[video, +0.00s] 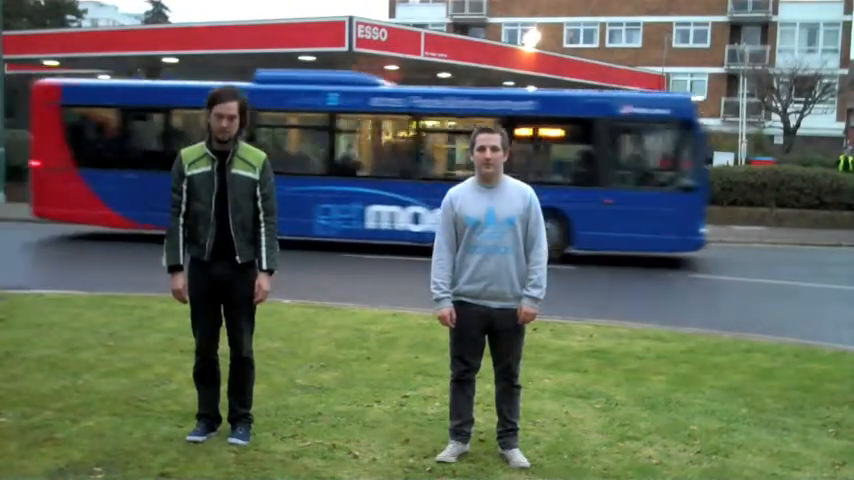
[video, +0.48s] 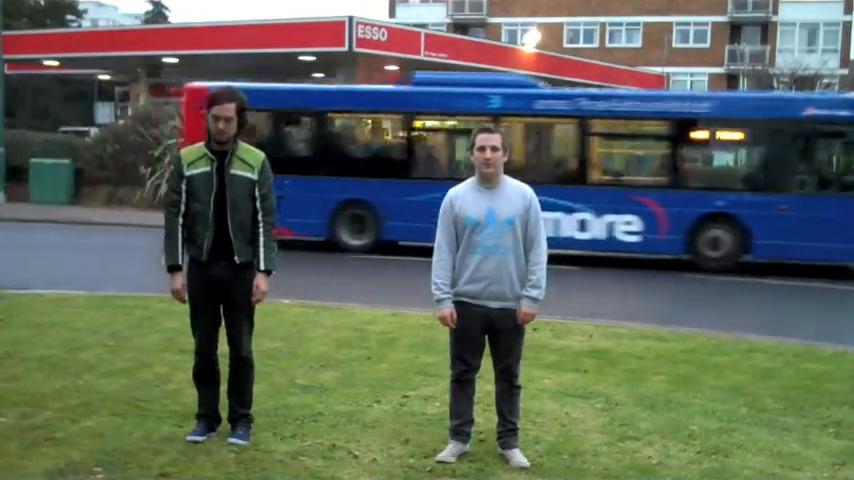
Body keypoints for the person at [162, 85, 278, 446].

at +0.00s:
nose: (225, 124)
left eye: (232, 118)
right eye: (219, 117)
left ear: (241, 120)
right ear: (208, 118)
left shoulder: (257, 162)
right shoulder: (187, 159)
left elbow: (267, 218)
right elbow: (176, 216)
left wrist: (266, 270)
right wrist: (176, 269)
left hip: (242, 270)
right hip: (201, 269)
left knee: (241, 350)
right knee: (204, 349)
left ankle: (241, 421)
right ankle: (206, 419)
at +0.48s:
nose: (222, 126)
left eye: (229, 120)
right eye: (217, 119)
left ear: (240, 122)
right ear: (207, 119)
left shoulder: (256, 162)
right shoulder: (186, 160)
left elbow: (266, 219)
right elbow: (173, 216)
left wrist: (264, 270)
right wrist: (175, 269)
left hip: (241, 270)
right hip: (200, 269)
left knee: (241, 350)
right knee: (204, 349)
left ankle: (241, 421)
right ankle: (206, 419)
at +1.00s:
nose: (220, 126)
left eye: (227, 121)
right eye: (215, 119)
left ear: (239, 123)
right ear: (206, 119)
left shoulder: (257, 163)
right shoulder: (185, 160)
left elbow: (267, 220)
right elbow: (172, 216)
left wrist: (264, 271)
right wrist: (173, 269)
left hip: (241, 270)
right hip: (200, 268)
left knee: (240, 350)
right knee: (203, 349)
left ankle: (240, 421)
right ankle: (206, 419)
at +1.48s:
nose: (220, 127)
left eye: (227, 121)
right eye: (215, 120)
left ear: (240, 123)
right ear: (206, 119)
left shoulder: (258, 163)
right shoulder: (185, 160)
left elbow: (267, 220)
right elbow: (173, 216)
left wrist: (264, 271)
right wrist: (174, 269)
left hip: (241, 270)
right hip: (200, 269)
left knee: (240, 350)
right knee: (203, 349)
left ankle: (240, 421)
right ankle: (206, 419)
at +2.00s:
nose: (214, 125)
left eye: (221, 120)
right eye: (211, 119)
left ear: (240, 123)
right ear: (207, 118)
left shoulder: (262, 165)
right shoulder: (191, 158)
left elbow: (270, 222)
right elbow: (176, 213)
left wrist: (264, 274)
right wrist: (173, 265)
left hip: (243, 272)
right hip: (201, 268)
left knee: (243, 350)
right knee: (187, 340)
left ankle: (241, 421)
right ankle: (201, 414)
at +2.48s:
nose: (213, 125)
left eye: (220, 120)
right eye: (211, 119)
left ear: (240, 123)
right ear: (209, 119)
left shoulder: (263, 164)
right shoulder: (193, 158)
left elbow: (271, 221)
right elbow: (177, 212)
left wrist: (266, 272)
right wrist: (172, 264)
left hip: (244, 270)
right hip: (204, 267)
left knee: (244, 350)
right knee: (184, 336)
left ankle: (240, 420)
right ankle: (198, 413)